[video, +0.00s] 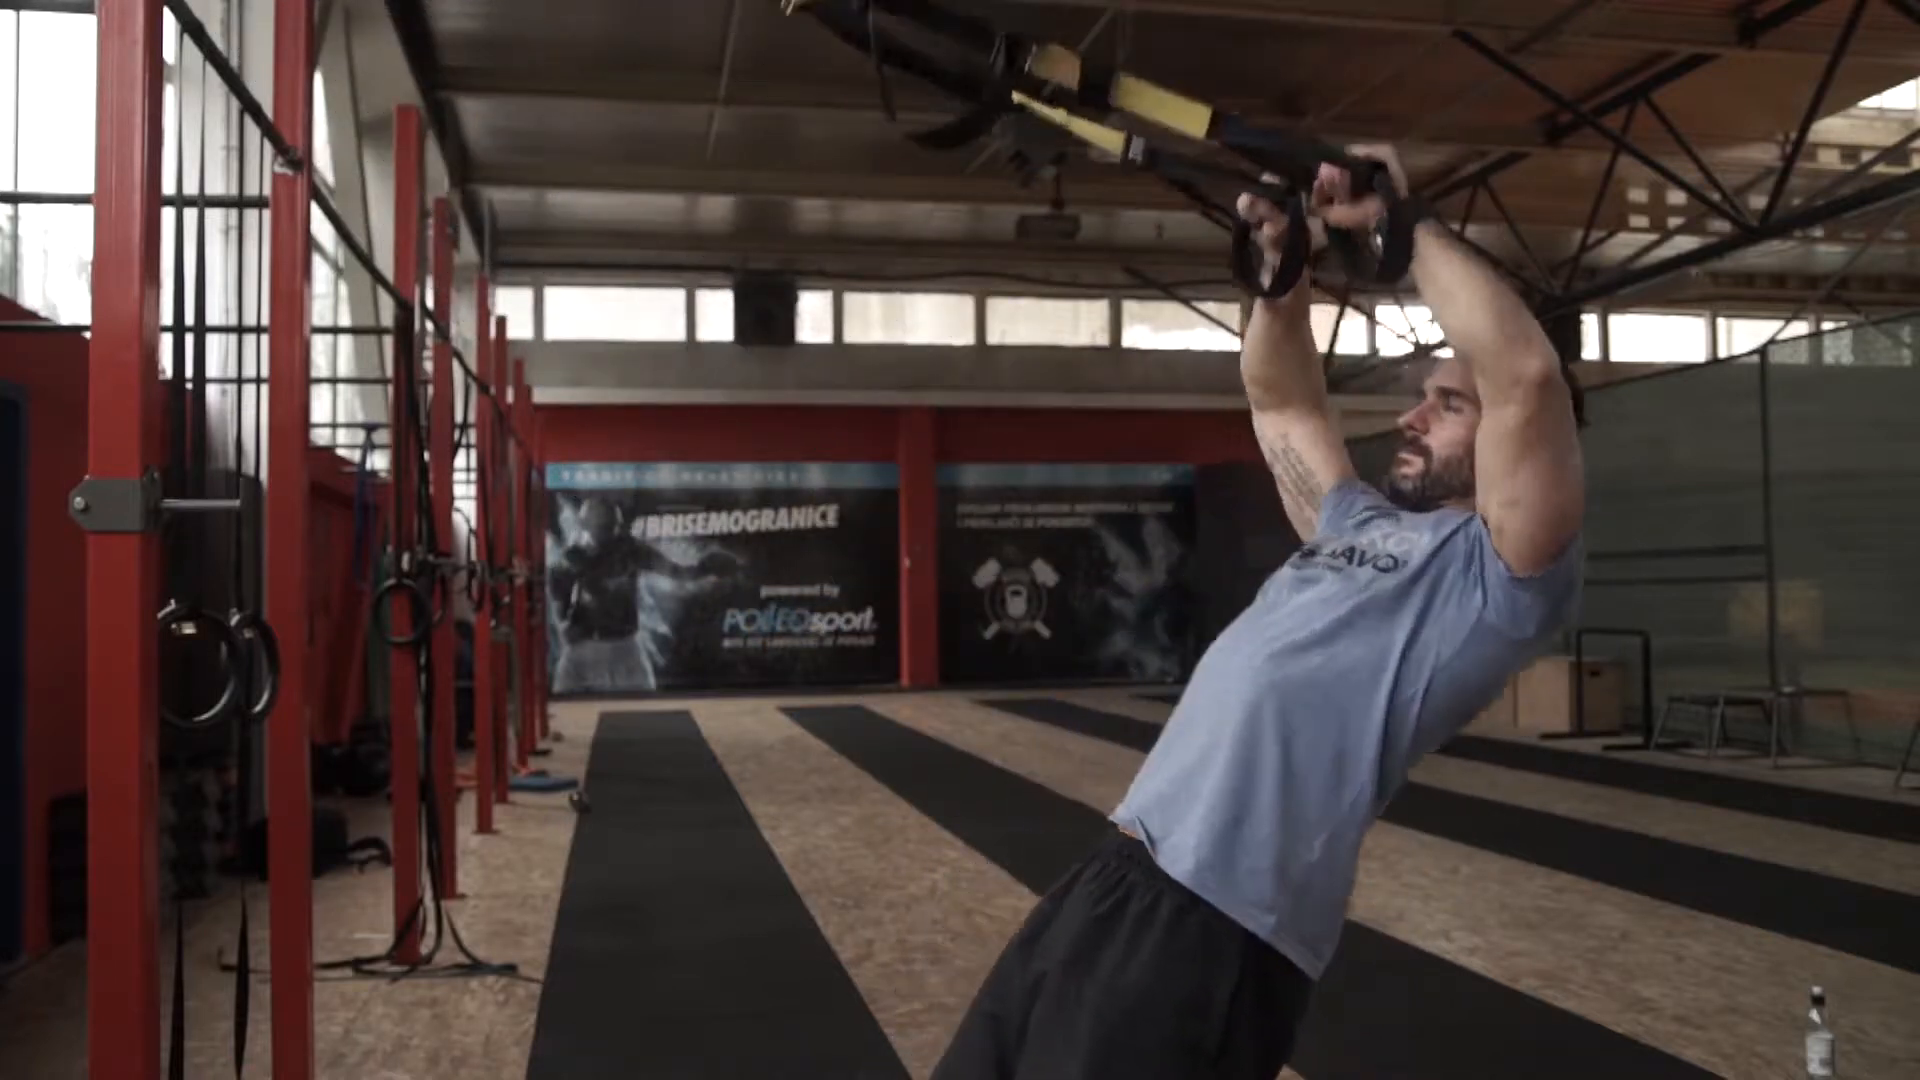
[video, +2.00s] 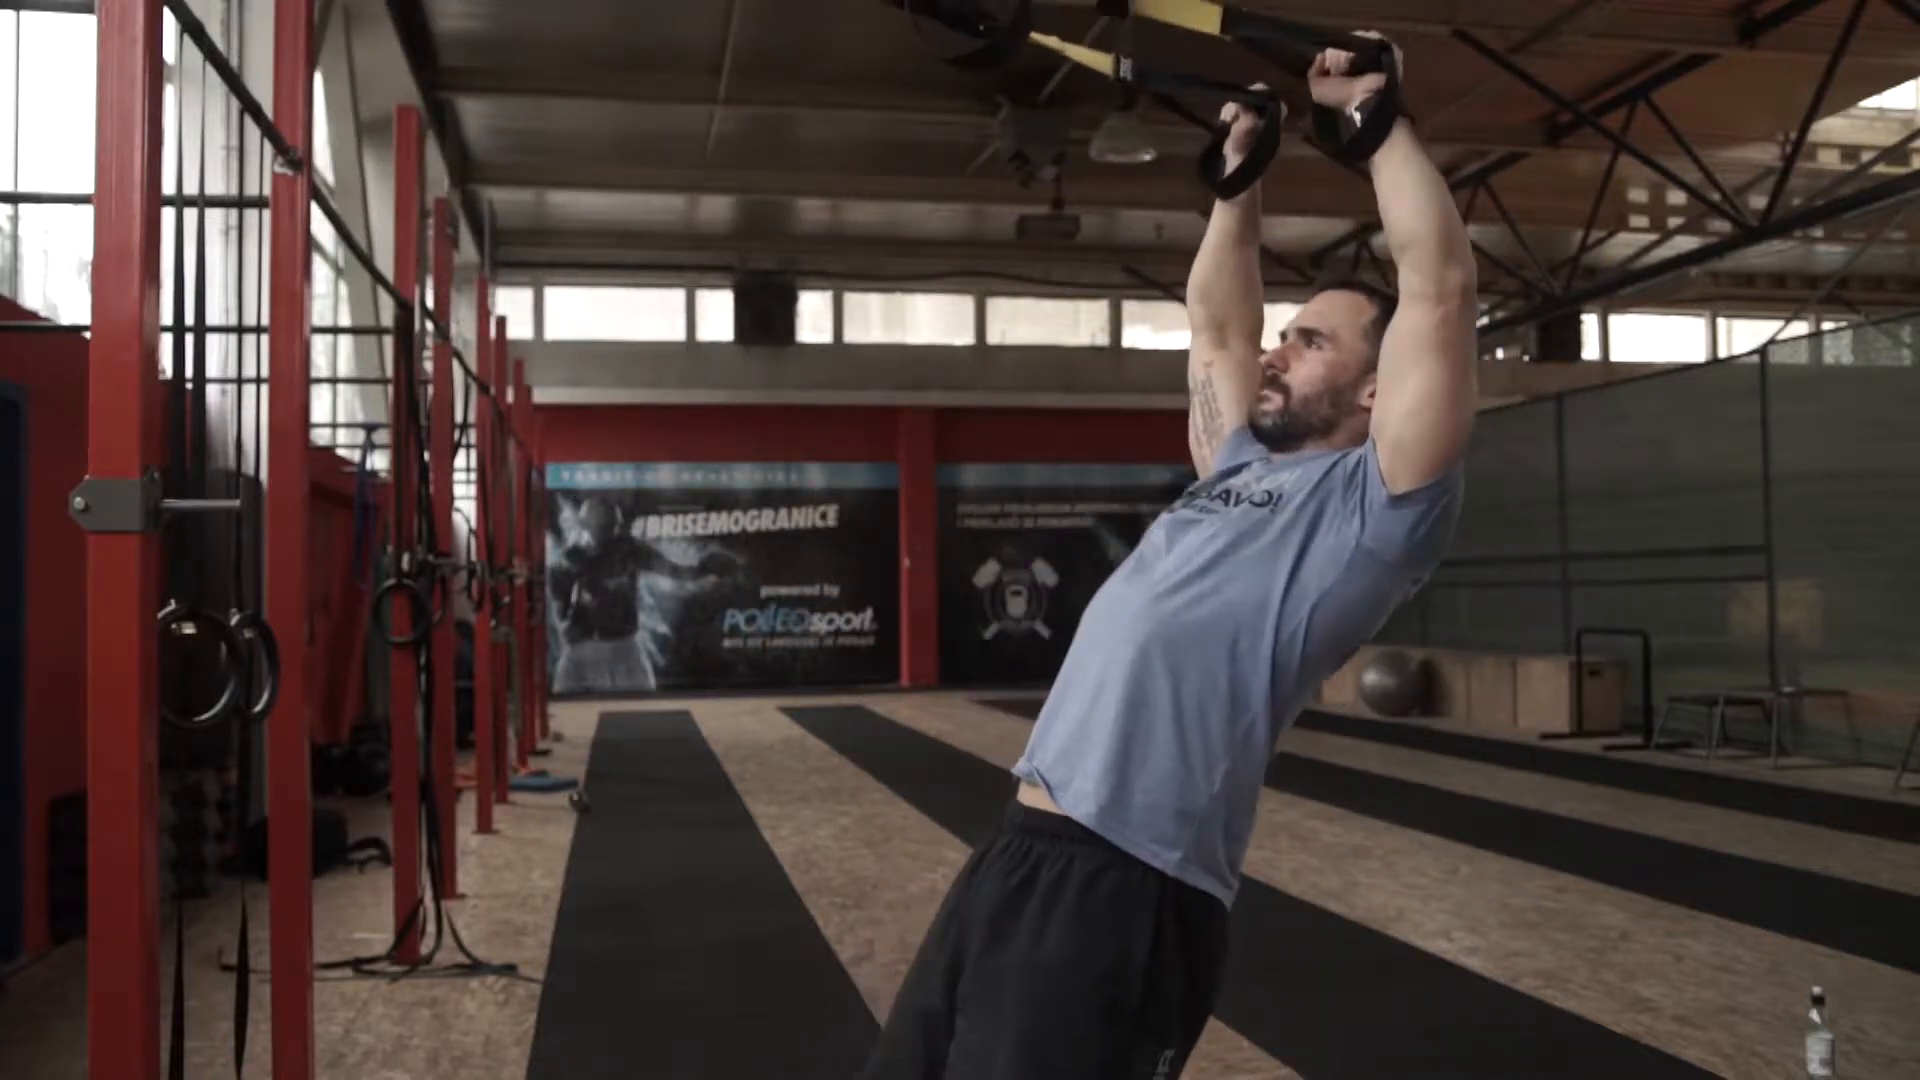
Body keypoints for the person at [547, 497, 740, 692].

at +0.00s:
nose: (601, 527)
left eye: (606, 519)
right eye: (594, 520)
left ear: (616, 519)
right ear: (583, 522)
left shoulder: (630, 549)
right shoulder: (572, 558)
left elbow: (674, 572)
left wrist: (703, 571)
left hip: (624, 647)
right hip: (580, 650)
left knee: (635, 716)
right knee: (573, 718)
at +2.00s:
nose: (600, 527)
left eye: (605, 520)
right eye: (594, 521)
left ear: (615, 520)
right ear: (583, 523)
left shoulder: (629, 549)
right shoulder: (573, 557)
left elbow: (672, 571)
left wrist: (702, 571)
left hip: (625, 647)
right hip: (581, 649)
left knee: (637, 714)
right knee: (573, 717)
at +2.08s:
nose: (600, 527)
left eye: (605, 520)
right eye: (594, 521)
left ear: (615, 520)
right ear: (583, 523)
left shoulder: (629, 549)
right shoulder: (573, 557)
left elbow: (672, 571)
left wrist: (702, 571)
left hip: (625, 647)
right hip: (581, 649)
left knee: (637, 714)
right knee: (573, 717)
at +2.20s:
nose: (601, 529)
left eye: (606, 521)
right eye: (594, 523)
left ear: (615, 520)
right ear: (583, 523)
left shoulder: (629, 549)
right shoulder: (572, 558)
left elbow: (672, 571)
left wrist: (702, 572)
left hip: (625, 648)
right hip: (581, 650)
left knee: (637, 716)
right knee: (573, 718)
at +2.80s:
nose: (583, 549)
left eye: (588, 542)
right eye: (577, 543)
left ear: (595, 540)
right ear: (563, 542)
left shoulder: (607, 566)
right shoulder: (549, 576)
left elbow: (651, 589)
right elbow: (539, 635)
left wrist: (680, 588)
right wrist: (551, 619)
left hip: (603, 669)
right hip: (558, 672)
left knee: (614, 740)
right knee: (549, 741)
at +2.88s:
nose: (580, 571)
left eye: (583, 564)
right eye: (573, 565)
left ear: (590, 561)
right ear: (558, 563)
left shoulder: (601, 586)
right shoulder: (541, 599)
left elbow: (645, 609)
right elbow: (534, 656)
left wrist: (675, 607)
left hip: (599, 689)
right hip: (553, 692)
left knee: (612, 759)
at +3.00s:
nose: (569, 598)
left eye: (573, 591)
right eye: (563, 592)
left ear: (580, 588)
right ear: (547, 590)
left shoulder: (590, 614)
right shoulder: (529, 627)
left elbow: (634, 636)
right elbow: (525, 690)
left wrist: (664, 636)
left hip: (588, 717)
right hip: (542, 721)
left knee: (600, 788)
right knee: (534, 790)